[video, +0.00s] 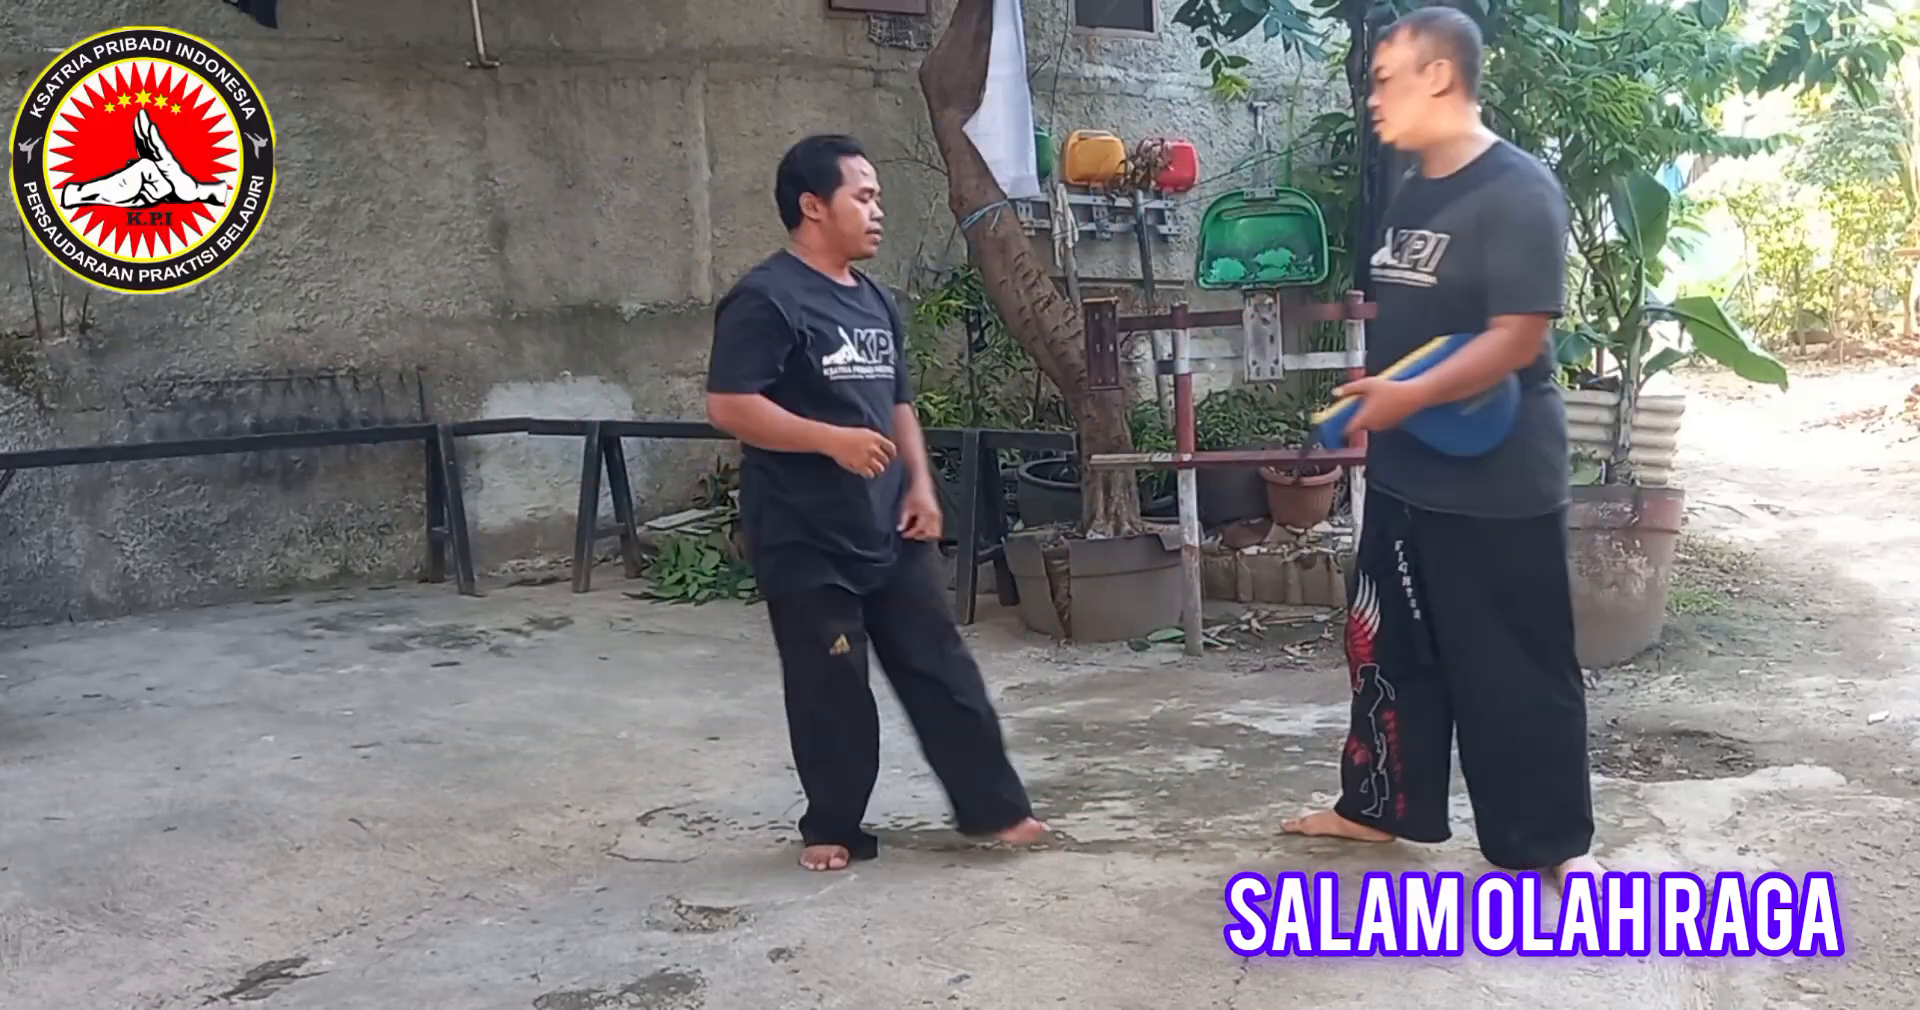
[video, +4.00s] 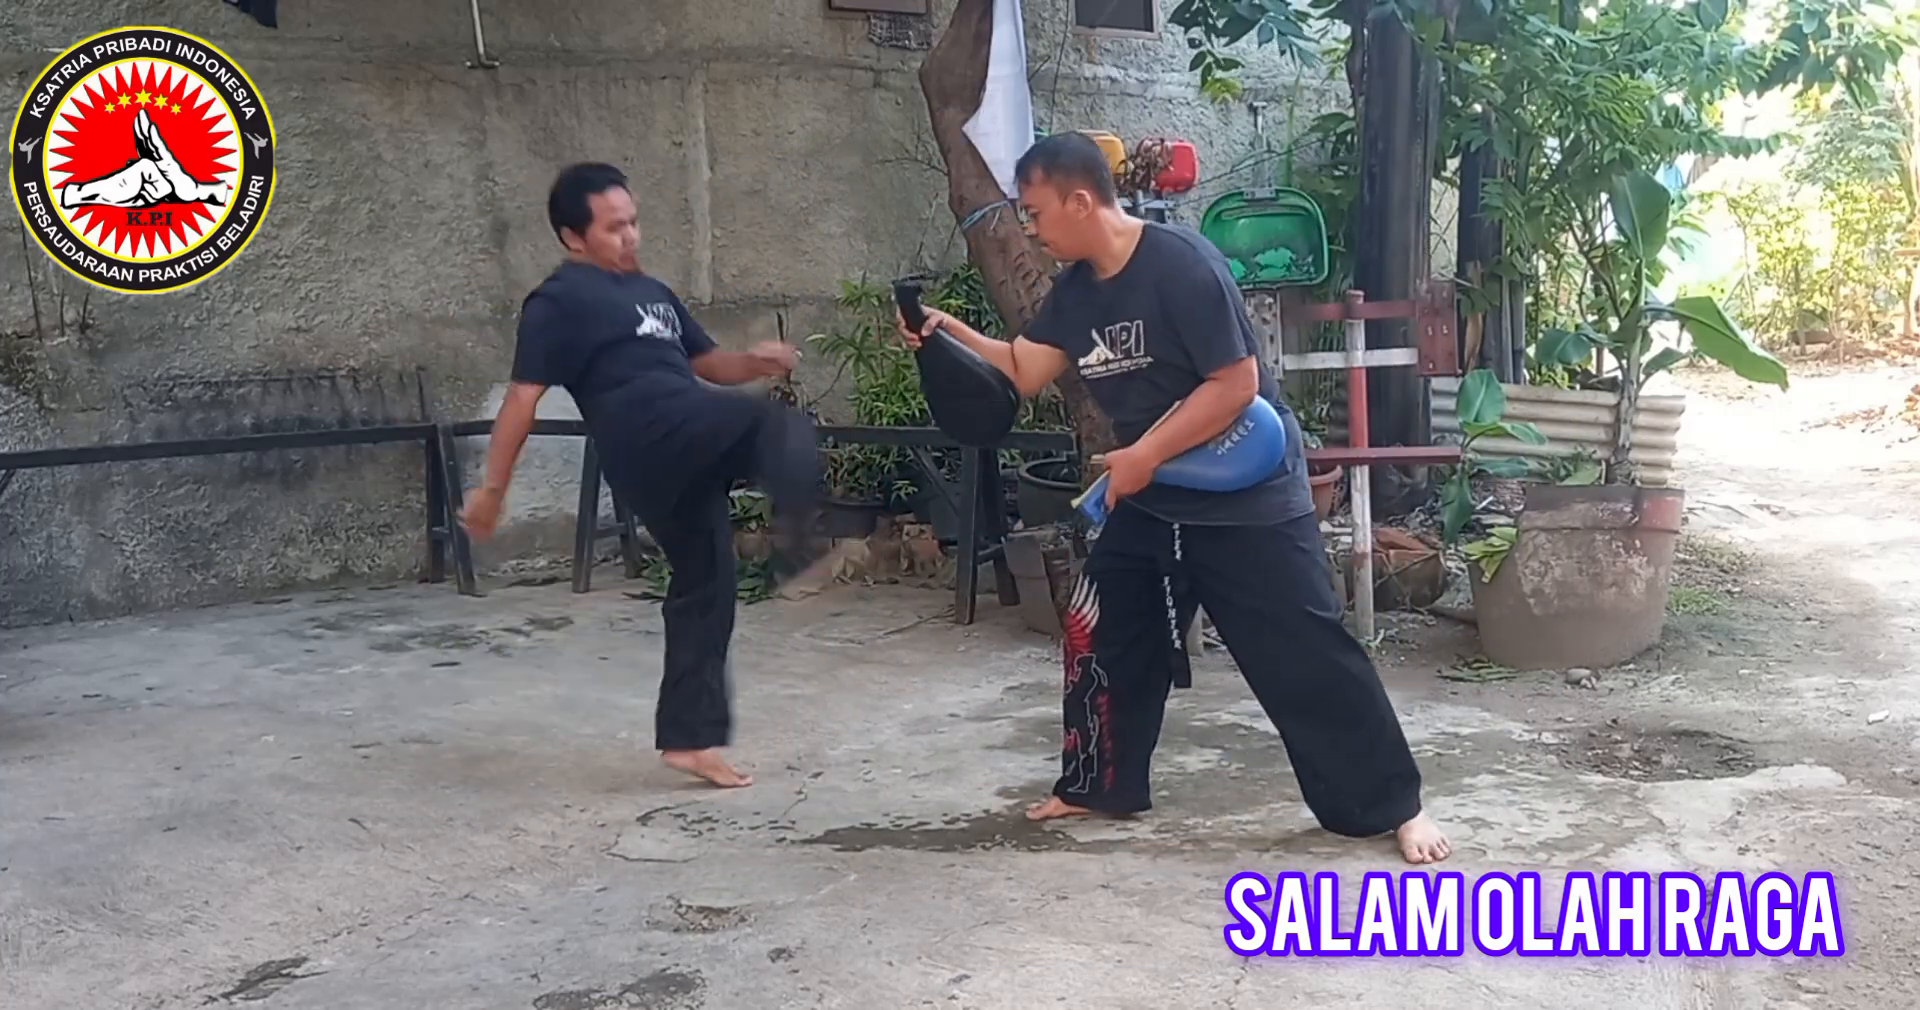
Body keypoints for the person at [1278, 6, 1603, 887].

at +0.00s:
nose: (1373, 102)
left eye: (1386, 82)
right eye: (1372, 86)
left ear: (1443, 79)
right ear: (1429, 86)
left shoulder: (1520, 188)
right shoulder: (1412, 188)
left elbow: (1522, 337)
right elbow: (1414, 326)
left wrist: (1409, 397)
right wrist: (1373, 411)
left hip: (1497, 483)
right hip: (1408, 468)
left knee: (1517, 671)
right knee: (1392, 647)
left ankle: (1543, 853)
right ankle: (1379, 806)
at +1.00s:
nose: (1055, 141)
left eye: (1064, 126)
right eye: (1057, 125)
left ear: (1104, 131)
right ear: (1126, 132)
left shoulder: (1137, 220)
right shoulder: (1180, 201)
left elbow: (1128, 378)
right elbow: (1192, 349)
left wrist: (1062, 476)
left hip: (1178, 468)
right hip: (1223, 458)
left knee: (1158, 645)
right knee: (1199, 624)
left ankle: (1163, 823)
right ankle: (1257, 747)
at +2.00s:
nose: (1025, 202)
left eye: (1029, 184)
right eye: (1022, 187)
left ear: (1072, 170)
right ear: (1069, 175)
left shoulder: (1171, 237)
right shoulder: (1076, 260)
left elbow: (1214, 365)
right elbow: (1098, 374)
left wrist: (1163, 475)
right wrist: (1086, 463)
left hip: (1232, 481)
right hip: (1141, 485)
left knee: (1273, 644)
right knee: (1122, 631)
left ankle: (1322, 805)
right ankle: (1095, 772)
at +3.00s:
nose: (1020, 206)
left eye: (1022, 189)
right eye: (1017, 192)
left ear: (1066, 176)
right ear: (1066, 177)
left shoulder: (1159, 247)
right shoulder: (1074, 264)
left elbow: (1193, 384)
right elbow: (1084, 385)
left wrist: (1131, 483)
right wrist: (1056, 475)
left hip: (1213, 488)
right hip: (1129, 491)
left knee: (1278, 646)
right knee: (1111, 644)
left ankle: (1358, 805)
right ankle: (1101, 786)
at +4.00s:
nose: (1031, 230)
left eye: (1035, 213)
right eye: (1026, 215)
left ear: (1083, 200)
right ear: (1073, 205)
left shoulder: (1183, 262)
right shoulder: (1071, 288)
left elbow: (1235, 383)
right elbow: (1023, 369)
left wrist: (1146, 453)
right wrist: (946, 330)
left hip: (1246, 493)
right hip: (1147, 494)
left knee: (1311, 641)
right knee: (1108, 637)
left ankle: (1400, 805)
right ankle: (1105, 785)